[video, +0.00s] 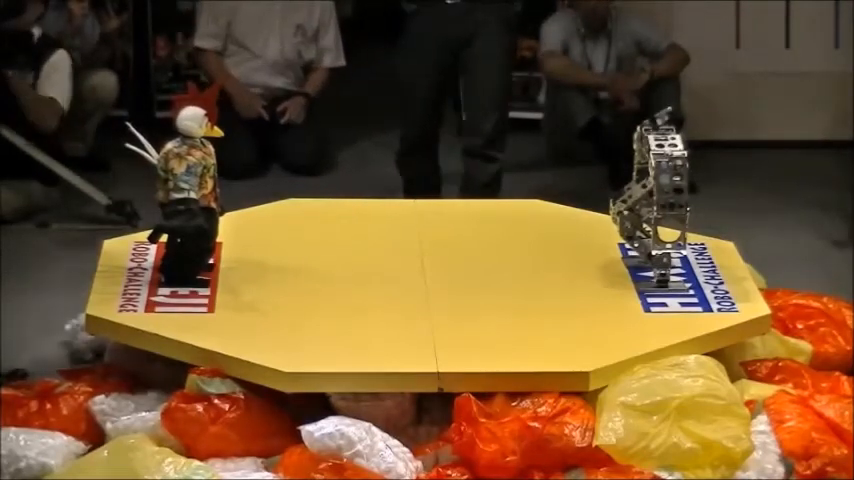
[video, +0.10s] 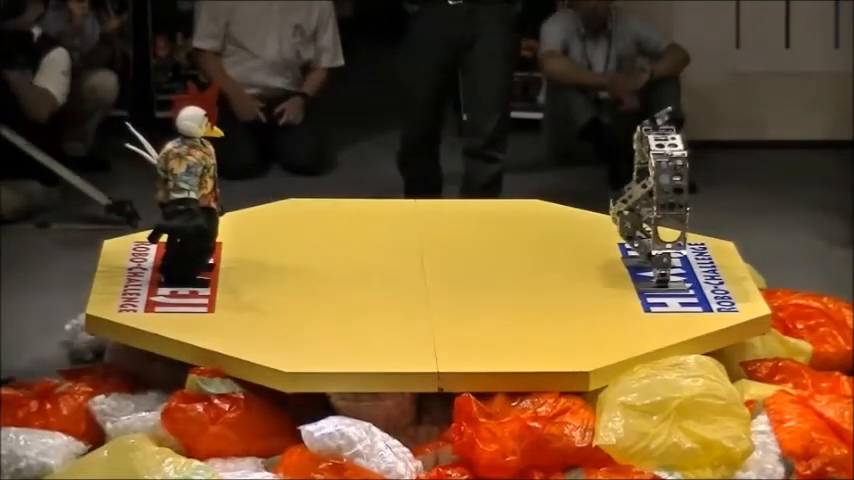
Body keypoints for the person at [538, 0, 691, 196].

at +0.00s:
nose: (595, 7)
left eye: (601, 2)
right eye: (588, 2)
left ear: (610, 4)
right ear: (574, 5)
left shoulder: (626, 23)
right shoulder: (559, 25)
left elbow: (679, 56)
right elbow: (552, 65)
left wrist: (646, 74)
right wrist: (608, 82)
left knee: (666, 83)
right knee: (564, 85)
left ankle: (670, 168)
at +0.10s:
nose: (596, 7)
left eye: (602, 3)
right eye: (590, 3)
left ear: (610, 5)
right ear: (574, 6)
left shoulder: (626, 23)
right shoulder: (558, 25)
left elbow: (679, 56)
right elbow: (552, 66)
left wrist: (646, 74)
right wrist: (608, 82)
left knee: (666, 82)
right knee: (563, 85)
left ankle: (669, 167)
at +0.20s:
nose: (596, 14)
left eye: (601, 9)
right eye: (589, 9)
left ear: (610, 6)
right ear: (574, 7)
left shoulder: (628, 23)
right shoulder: (558, 25)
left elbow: (679, 56)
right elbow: (552, 66)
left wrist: (645, 75)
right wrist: (609, 81)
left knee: (666, 79)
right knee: (561, 82)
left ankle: (668, 165)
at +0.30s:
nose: (596, 9)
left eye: (602, 5)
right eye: (589, 5)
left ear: (611, 6)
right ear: (574, 6)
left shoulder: (628, 25)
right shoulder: (558, 25)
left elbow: (679, 56)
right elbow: (552, 66)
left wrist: (644, 76)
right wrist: (609, 82)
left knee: (666, 79)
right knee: (560, 81)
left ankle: (667, 164)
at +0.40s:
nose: (596, 9)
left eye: (602, 5)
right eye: (589, 5)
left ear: (610, 6)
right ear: (574, 6)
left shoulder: (628, 25)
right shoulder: (558, 25)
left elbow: (679, 56)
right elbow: (552, 66)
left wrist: (644, 76)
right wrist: (609, 82)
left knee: (666, 79)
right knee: (561, 81)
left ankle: (667, 164)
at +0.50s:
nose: (597, 8)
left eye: (602, 4)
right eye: (589, 4)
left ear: (610, 5)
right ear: (574, 5)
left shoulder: (628, 25)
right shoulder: (559, 24)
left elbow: (679, 56)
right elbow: (552, 65)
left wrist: (644, 76)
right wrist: (609, 81)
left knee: (666, 80)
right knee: (561, 82)